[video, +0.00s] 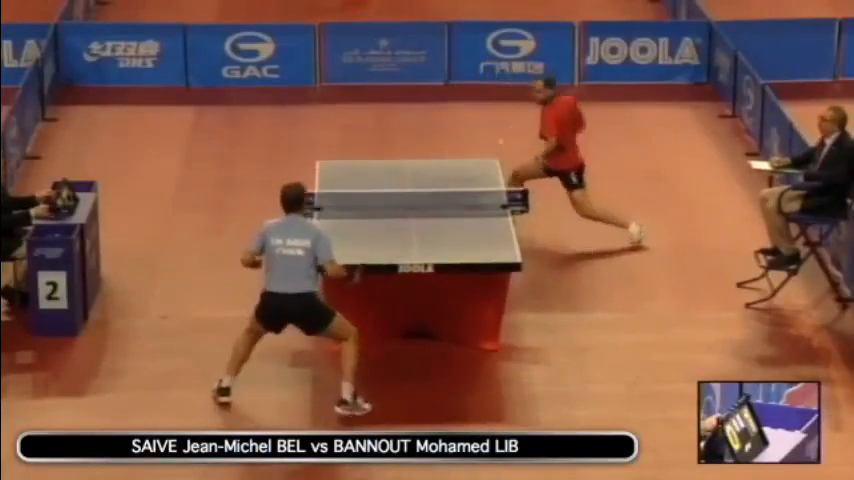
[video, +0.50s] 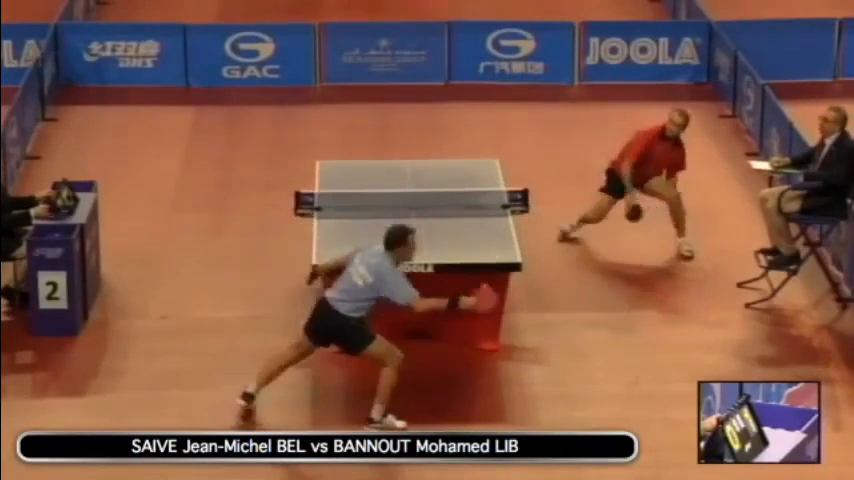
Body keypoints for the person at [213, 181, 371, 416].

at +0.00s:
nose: (304, 203)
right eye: (304, 199)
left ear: (282, 204)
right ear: (304, 202)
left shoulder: (270, 229)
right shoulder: (314, 231)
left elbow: (246, 259)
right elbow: (331, 269)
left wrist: (263, 262)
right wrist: (344, 272)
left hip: (272, 301)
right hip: (305, 303)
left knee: (251, 334)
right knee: (350, 335)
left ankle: (225, 384)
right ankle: (348, 397)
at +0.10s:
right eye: (314, 193)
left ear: (291, 196)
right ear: (314, 196)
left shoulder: (277, 220)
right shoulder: (323, 225)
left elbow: (253, 251)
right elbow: (338, 266)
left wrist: (266, 267)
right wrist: (349, 269)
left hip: (278, 294)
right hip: (309, 296)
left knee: (254, 335)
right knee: (357, 332)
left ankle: (228, 383)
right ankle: (358, 393)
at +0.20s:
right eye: (331, 199)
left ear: (306, 200)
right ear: (329, 202)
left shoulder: (290, 224)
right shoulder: (330, 231)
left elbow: (271, 260)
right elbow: (338, 275)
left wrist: (278, 285)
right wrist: (361, 290)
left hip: (285, 295)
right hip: (314, 298)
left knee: (265, 337)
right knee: (361, 341)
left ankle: (238, 391)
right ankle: (375, 404)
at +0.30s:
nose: (349, 223)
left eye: (349, 218)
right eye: (348, 218)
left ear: (324, 215)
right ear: (344, 220)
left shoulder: (302, 238)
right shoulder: (337, 246)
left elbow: (282, 271)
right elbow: (345, 290)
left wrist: (280, 300)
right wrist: (376, 310)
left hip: (290, 308)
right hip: (319, 313)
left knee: (269, 348)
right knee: (369, 350)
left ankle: (237, 399)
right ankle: (377, 413)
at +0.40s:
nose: (391, 241)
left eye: (390, 237)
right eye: (390, 237)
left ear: (367, 234)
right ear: (383, 240)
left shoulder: (346, 249)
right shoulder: (368, 264)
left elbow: (318, 269)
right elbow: (385, 303)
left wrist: (295, 288)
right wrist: (422, 307)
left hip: (307, 316)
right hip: (331, 327)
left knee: (283, 353)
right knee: (384, 355)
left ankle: (240, 394)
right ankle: (377, 416)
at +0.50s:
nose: (413, 249)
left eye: (412, 244)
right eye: (411, 245)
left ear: (391, 243)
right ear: (401, 248)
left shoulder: (372, 252)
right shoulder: (387, 271)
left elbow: (346, 260)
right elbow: (417, 304)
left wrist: (324, 269)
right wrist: (457, 302)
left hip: (323, 312)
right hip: (345, 325)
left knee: (296, 352)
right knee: (394, 359)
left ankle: (251, 390)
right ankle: (378, 416)